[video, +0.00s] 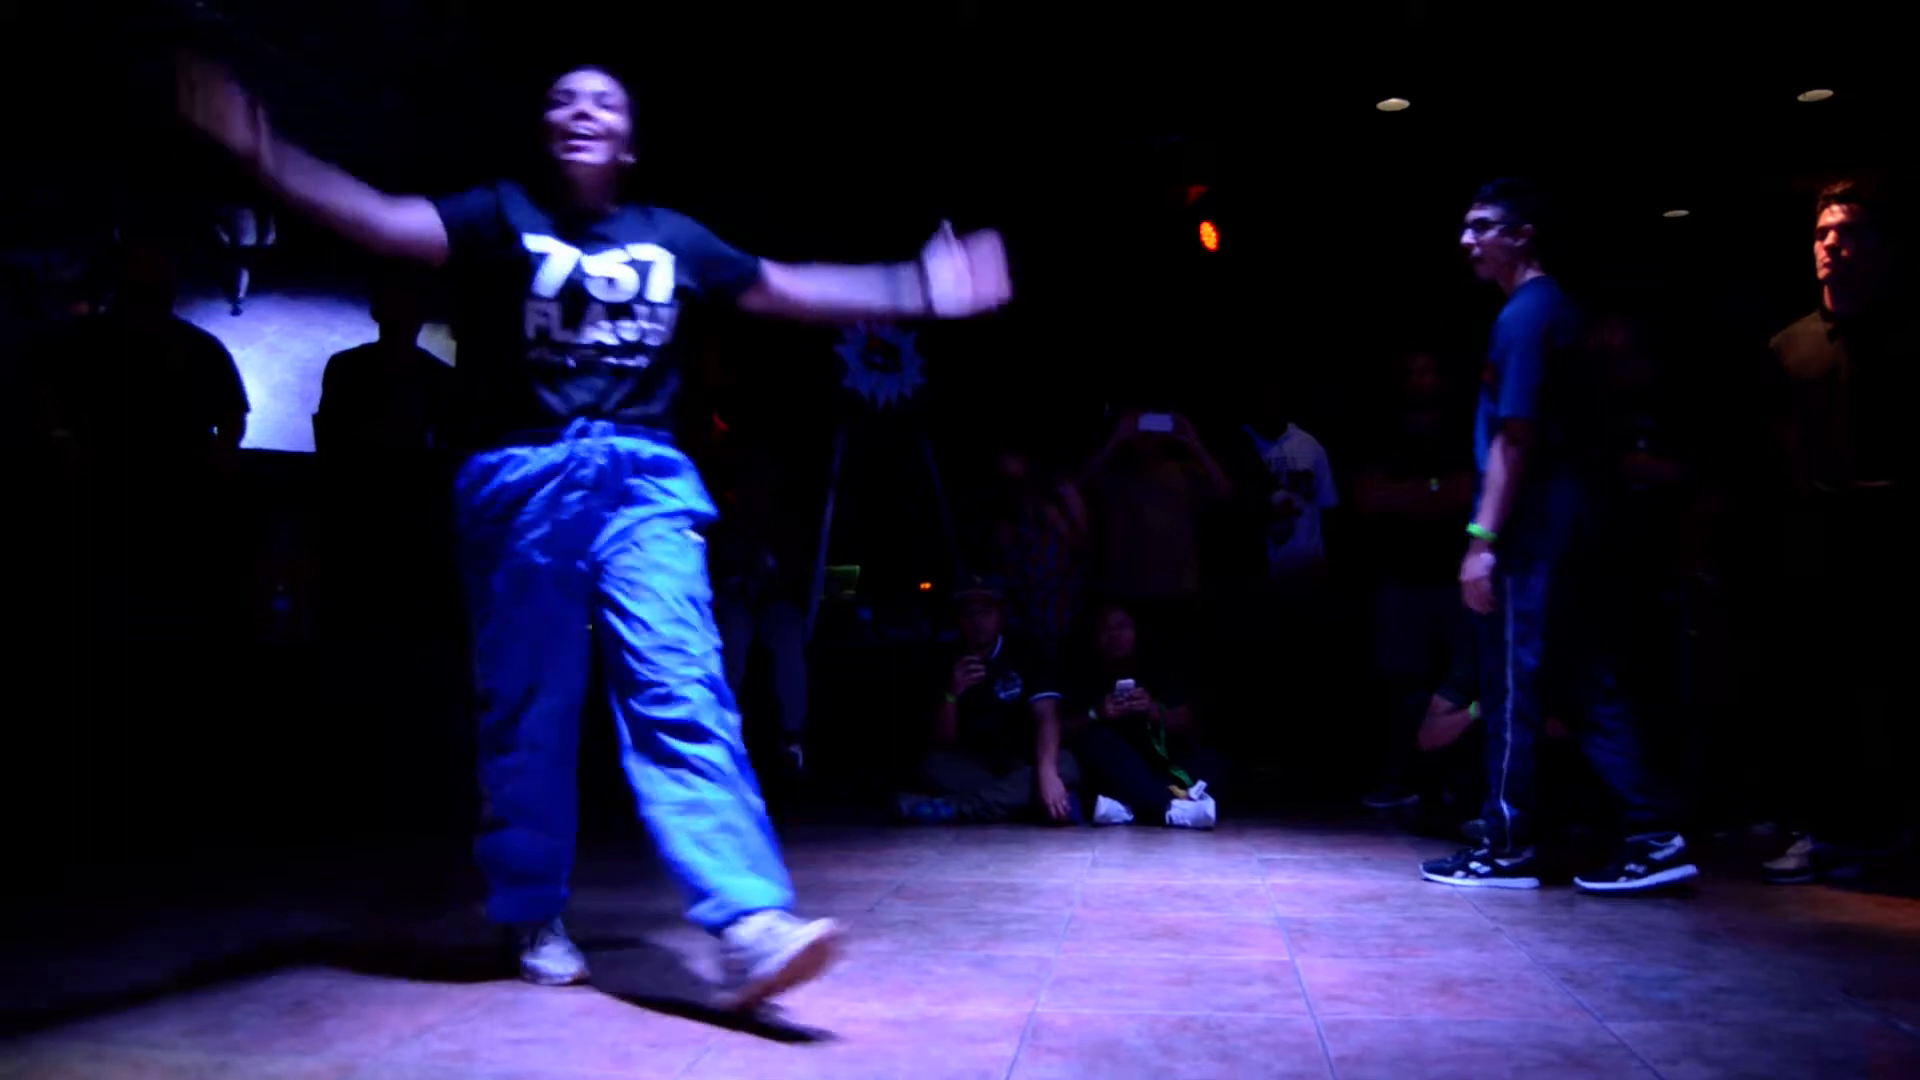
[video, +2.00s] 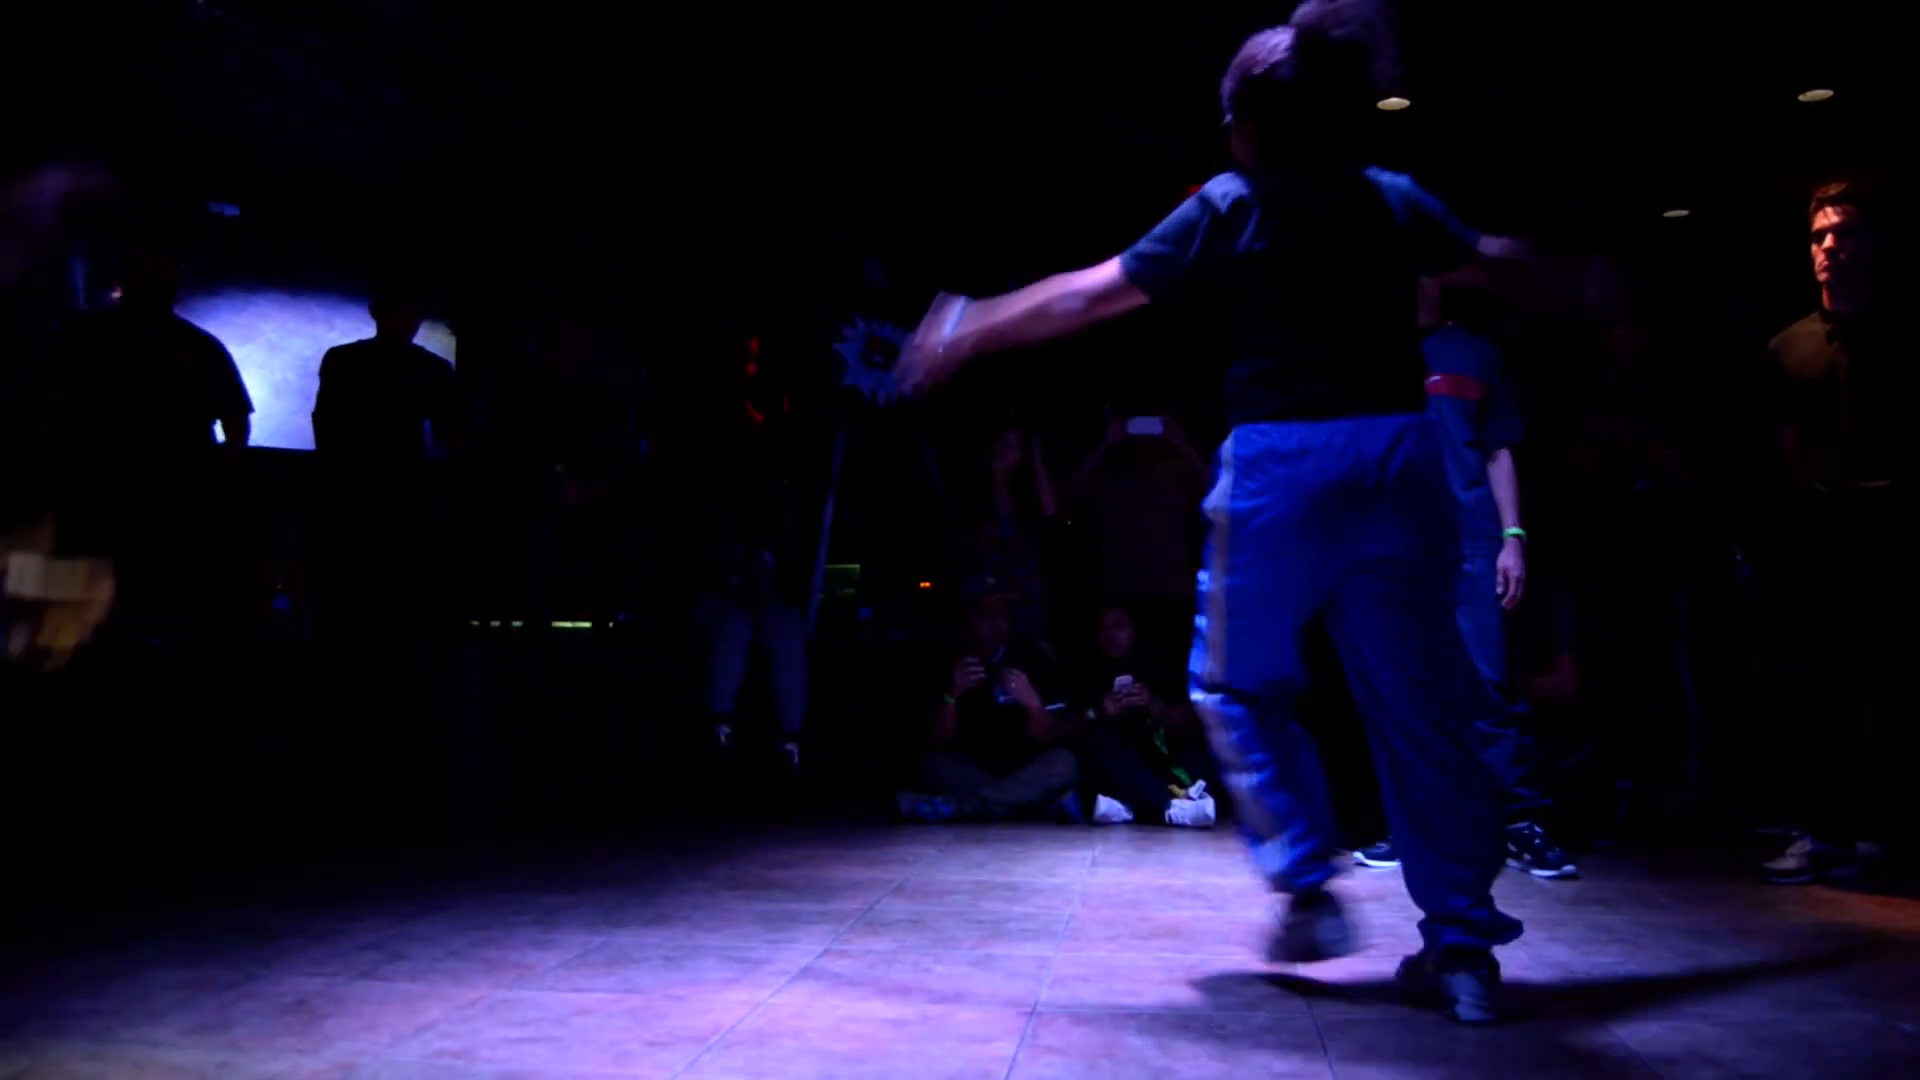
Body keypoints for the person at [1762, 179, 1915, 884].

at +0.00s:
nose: (1830, 247)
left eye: (1847, 234)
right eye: (1822, 234)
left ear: (1881, 251)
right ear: (1813, 251)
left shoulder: (1909, 339)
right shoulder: (1790, 348)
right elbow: (1765, 453)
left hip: (1894, 543)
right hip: (1808, 539)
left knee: (1890, 685)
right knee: (1813, 682)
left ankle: (1893, 834)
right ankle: (1816, 828)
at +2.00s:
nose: (1828, 250)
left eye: (1843, 235)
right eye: (1818, 237)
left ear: (1876, 249)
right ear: (1809, 253)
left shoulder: (1906, 339)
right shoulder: (1791, 348)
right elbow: (1768, 452)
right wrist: (1769, 532)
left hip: (1894, 541)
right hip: (1811, 540)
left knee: (1891, 683)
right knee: (1813, 681)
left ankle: (1890, 830)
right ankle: (1817, 828)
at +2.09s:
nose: (1828, 249)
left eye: (1845, 234)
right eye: (1819, 236)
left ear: (1877, 248)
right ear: (1810, 252)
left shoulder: (1908, 340)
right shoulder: (1791, 349)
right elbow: (1766, 454)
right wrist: (1770, 533)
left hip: (1896, 542)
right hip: (1811, 541)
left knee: (1893, 682)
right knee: (1812, 681)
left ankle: (1895, 828)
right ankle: (1814, 826)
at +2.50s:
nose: (1828, 250)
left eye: (1844, 235)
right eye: (1819, 237)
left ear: (1876, 250)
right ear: (1809, 253)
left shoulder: (1904, 339)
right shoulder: (1792, 348)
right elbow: (1770, 452)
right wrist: (1772, 533)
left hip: (1893, 541)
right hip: (1812, 540)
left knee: (1893, 684)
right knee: (1816, 682)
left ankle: (1898, 834)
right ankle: (1818, 829)